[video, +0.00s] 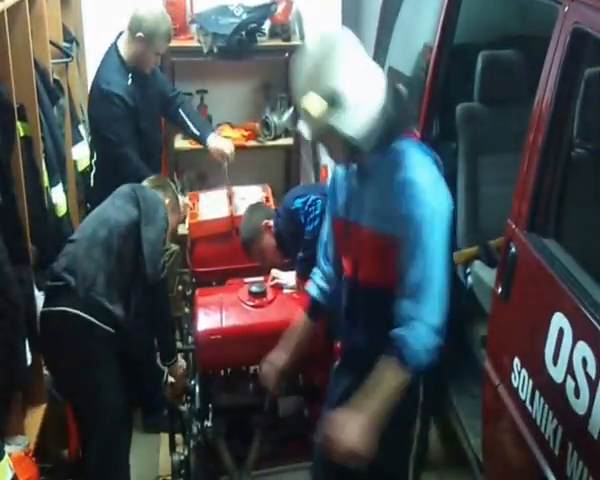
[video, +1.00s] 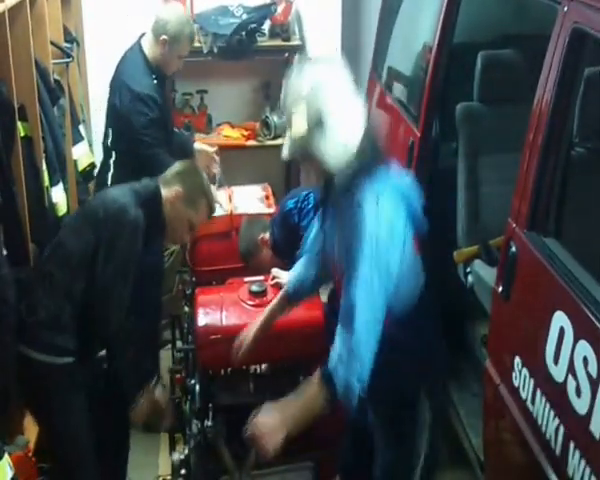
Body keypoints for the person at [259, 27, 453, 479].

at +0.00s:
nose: (324, 143)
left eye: (329, 130)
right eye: (319, 131)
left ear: (358, 119)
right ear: (319, 125)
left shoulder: (415, 177)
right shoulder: (344, 170)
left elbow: (424, 318)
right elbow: (326, 275)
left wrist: (365, 410)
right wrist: (285, 350)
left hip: (402, 359)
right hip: (353, 352)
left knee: (386, 468)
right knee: (332, 457)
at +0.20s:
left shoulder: (388, 234)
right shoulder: (351, 215)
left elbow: (359, 379)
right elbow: (323, 301)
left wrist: (284, 441)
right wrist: (271, 361)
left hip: (407, 402)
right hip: (370, 385)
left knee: (382, 470)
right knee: (339, 467)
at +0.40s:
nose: (335, 119)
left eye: (338, 110)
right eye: (337, 108)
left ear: (350, 120)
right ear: (396, 99)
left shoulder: (373, 198)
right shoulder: (410, 149)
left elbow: (382, 336)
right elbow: (428, 232)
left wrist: (345, 417)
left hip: (352, 331)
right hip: (403, 291)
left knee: (332, 434)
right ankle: (414, 435)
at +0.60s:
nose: (339, 153)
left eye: (342, 139)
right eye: (338, 140)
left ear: (361, 139)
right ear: (393, 126)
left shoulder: (376, 229)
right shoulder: (415, 186)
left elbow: (383, 355)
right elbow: (438, 281)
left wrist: (358, 441)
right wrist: (402, 335)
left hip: (337, 362)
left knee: (318, 461)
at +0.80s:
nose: (319, 113)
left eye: (320, 100)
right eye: (316, 101)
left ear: (337, 102)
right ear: (369, 82)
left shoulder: (382, 188)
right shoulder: (387, 136)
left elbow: (367, 323)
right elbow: (356, 242)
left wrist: (313, 399)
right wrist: (308, 285)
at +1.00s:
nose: (300, 157)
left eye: (305, 142)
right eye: (299, 144)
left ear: (329, 130)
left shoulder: (378, 197)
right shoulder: (341, 189)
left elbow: (362, 331)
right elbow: (312, 268)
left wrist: (292, 411)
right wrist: (262, 323)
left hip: (404, 359)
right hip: (366, 348)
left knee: (395, 463)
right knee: (359, 457)